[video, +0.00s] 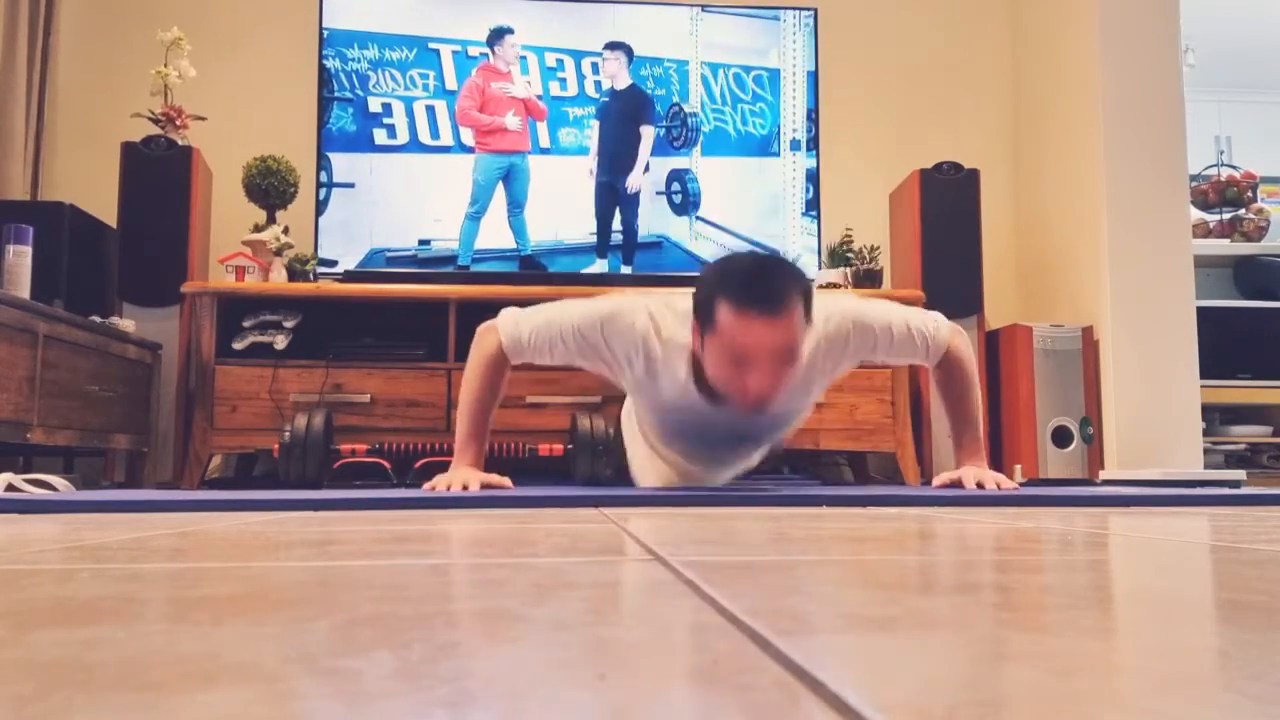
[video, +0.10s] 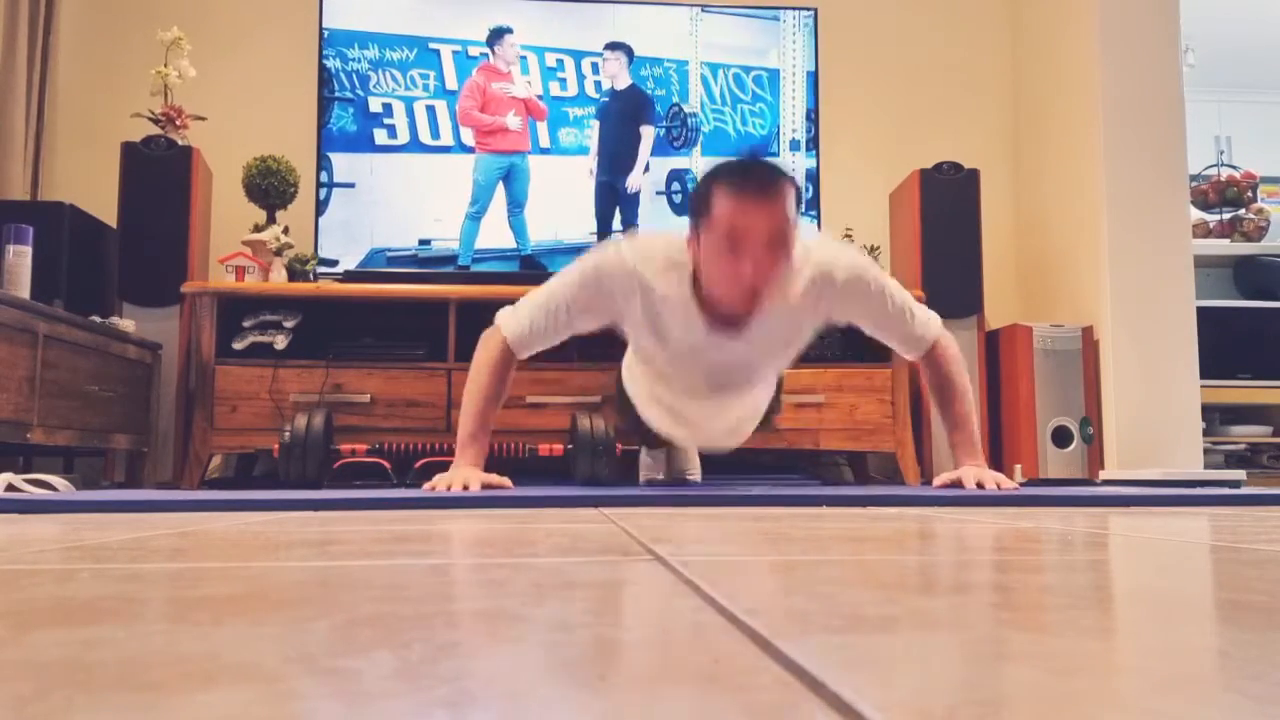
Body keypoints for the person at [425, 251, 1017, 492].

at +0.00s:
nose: (759, 383)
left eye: (778, 361)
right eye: (740, 361)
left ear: (804, 338)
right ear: (700, 341)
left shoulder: (834, 330)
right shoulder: (633, 330)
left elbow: (948, 341)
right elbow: (494, 337)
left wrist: (973, 459)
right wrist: (464, 462)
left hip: (746, 472)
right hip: (647, 468)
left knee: (732, 570)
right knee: (648, 564)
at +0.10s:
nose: (751, 269)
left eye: (769, 249)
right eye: (733, 247)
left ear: (790, 242)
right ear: (696, 241)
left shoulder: (829, 275)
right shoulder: (628, 269)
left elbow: (935, 344)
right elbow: (500, 340)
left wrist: (970, 458)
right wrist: (464, 461)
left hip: (739, 417)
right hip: (646, 406)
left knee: (714, 445)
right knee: (638, 426)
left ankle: (686, 458)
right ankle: (640, 451)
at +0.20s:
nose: (749, 137)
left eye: (767, 116)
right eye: (730, 114)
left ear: (786, 119)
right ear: (692, 112)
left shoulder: (818, 186)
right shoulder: (635, 177)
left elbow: (879, 319)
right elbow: (563, 313)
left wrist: (940, 440)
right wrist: (503, 435)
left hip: (743, 353)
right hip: (650, 347)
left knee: (691, 413)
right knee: (652, 416)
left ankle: (668, 441)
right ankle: (665, 445)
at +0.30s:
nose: (756, 123)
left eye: (775, 99)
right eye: (734, 98)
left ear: (793, 96)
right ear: (699, 93)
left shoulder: (818, 168)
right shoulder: (640, 159)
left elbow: (875, 298)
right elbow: (579, 299)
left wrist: (872, 421)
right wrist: (583, 438)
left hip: (743, 334)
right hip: (650, 326)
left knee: (700, 411)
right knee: (650, 407)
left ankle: (681, 441)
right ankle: (654, 444)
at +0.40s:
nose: (763, 234)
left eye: (785, 212)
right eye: (745, 210)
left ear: (804, 202)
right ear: (707, 196)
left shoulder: (836, 238)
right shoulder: (640, 230)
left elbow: (892, 348)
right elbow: (555, 344)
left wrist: (874, 462)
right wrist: (582, 465)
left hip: (746, 366)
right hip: (651, 360)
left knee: (699, 420)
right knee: (649, 419)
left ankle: (679, 442)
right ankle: (653, 445)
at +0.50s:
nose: (770, 359)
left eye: (790, 340)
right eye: (752, 340)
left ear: (811, 315)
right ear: (710, 314)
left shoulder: (842, 307)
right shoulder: (644, 310)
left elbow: (913, 363)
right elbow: (536, 354)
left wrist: (878, 463)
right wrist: (580, 463)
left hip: (748, 427)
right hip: (652, 424)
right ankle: (668, 459)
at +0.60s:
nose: (770, 409)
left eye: (790, 392)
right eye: (753, 391)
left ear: (811, 359)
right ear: (709, 358)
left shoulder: (840, 337)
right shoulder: (647, 341)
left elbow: (920, 362)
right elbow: (536, 357)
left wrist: (878, 463)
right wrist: (579, 463)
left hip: (748, 460)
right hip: (649, 459)